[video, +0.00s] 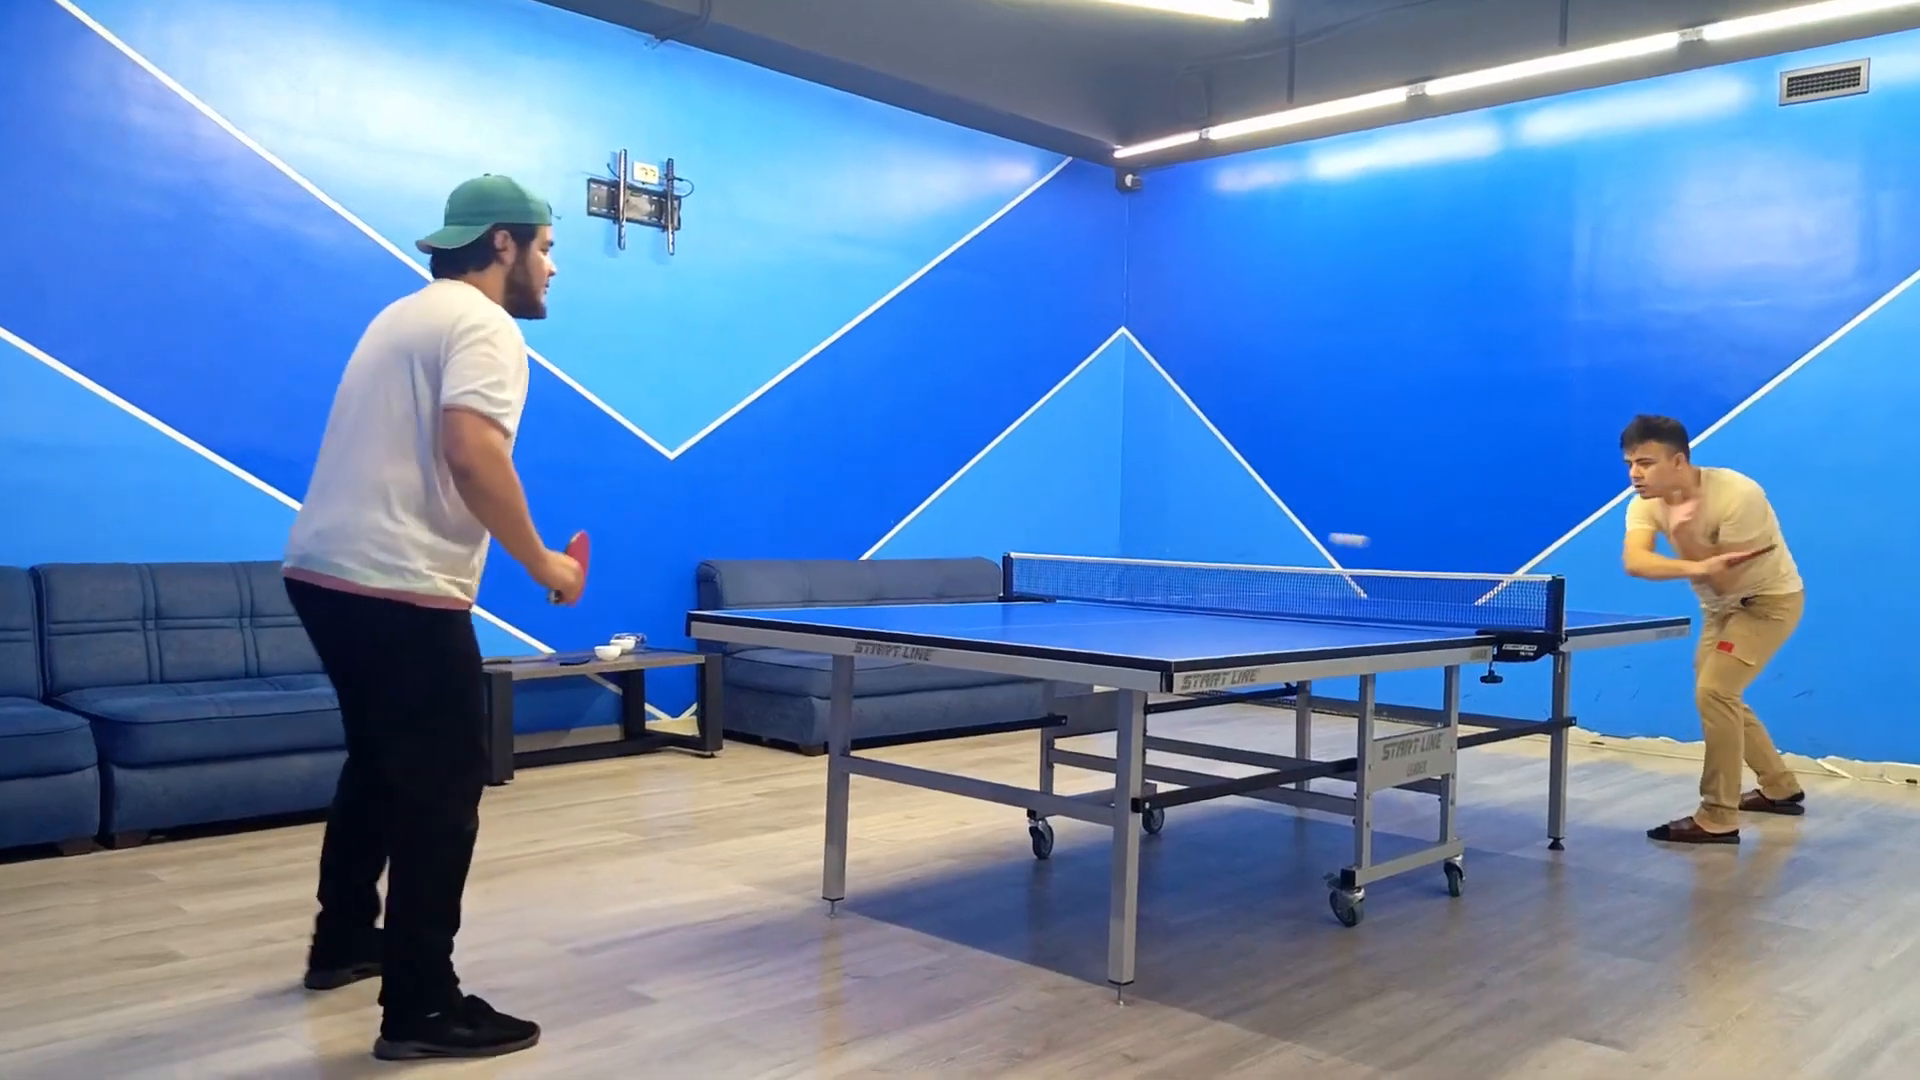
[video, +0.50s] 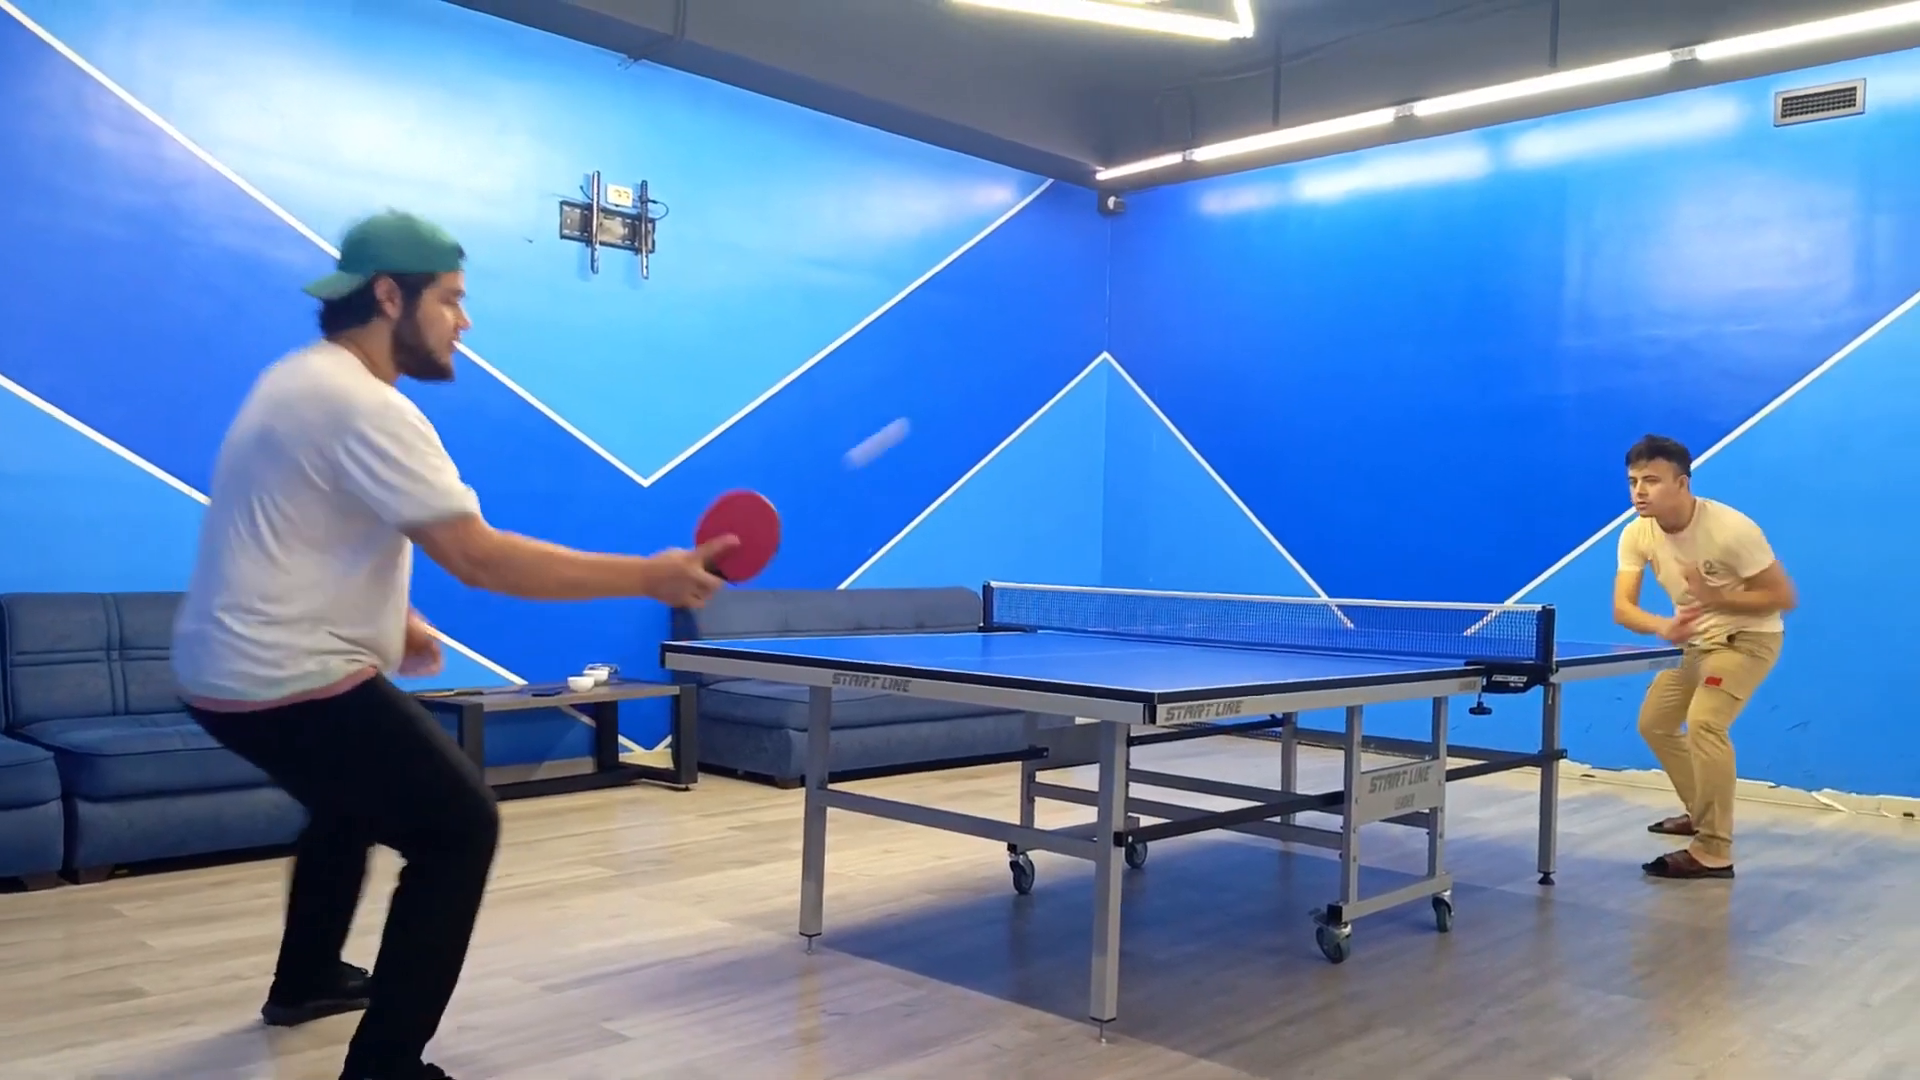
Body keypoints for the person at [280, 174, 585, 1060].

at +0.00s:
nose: (551, 267)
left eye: (550, 251)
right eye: (543, 250)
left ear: (471, 251)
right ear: (502, 248)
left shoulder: (404, 315)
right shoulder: (482, 324)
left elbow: (375, 454)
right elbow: (472, 452)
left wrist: (434, 564)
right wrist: (542, 560)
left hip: (330, 580)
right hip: (399, 592)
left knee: (380, 759)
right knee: (446, 781)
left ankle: (344, 936)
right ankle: (422, 1002)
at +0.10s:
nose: (551, 283)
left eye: (550, 266)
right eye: (542, 265)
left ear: (477, 265)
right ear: (497, 262)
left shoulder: (405, 329)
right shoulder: (470, 339)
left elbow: (380, 467)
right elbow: (460, 461)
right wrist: (547, 562)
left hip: (320, 592)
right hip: (387, 599)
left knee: (382, 763)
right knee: (476, 769)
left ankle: (332, 946)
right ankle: (427, 1007)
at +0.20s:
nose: (544, 306)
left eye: (544, 289)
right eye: (534, 288)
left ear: (471, 287)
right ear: (481, 284)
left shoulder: (399, 353)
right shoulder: (447, 366)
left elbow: (401, 515)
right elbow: (436, 516)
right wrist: (554, 621)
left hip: (321, 616)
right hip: (379, 620)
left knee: (409, 769)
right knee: (499, 782)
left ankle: (336, 955)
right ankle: (422, 1028)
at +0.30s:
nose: (533, 329)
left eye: (533, 311)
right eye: (521, 309)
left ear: (456, 309)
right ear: (462, 306)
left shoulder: (386, 381)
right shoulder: (431, 403)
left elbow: (433, 564)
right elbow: (443, 568)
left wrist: (577, 647)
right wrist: (584, 652)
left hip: (323, 653)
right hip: (373, 658)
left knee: (432, 790)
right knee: (511, 809)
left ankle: (341, 965)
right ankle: (418, 1053)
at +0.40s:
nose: (515, 339)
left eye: (515, 321)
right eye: (499, 319)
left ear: (438, 321)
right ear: (437, 318)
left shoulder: (362, 396)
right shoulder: (414, 430)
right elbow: (488, 590)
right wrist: (657, 623)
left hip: (308, 678)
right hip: (357, 684)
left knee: (434, 803)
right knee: (514, 826)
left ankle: (338, 979)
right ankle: (417, 1062)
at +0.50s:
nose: (463, 323)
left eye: (461, 304)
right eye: (450, 302)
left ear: (382, 300)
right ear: (388, 298)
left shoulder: (298, 381)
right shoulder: (362, 408)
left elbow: (291, 540)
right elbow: (478, 556)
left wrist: (382, 616)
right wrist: (649, 575)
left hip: (235, 671)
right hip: (296, 677)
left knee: (347, 799)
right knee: (457, 826)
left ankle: (306, 977)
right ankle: (388, 1062)